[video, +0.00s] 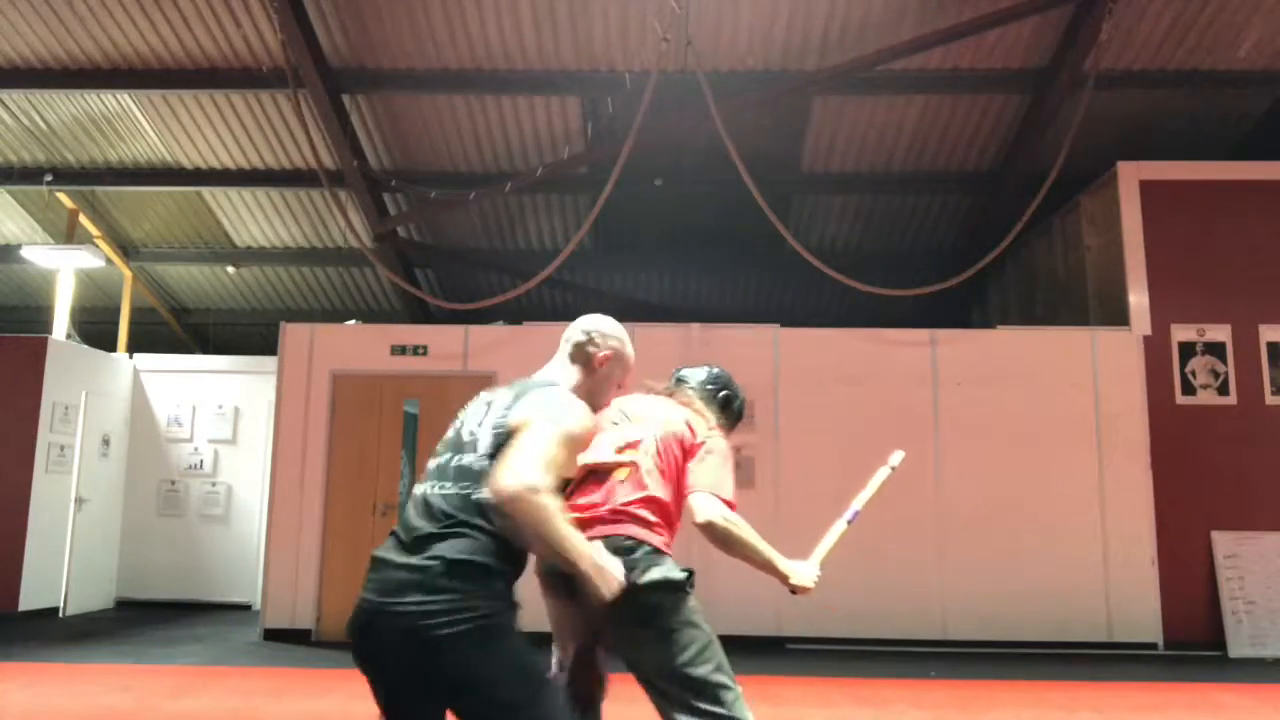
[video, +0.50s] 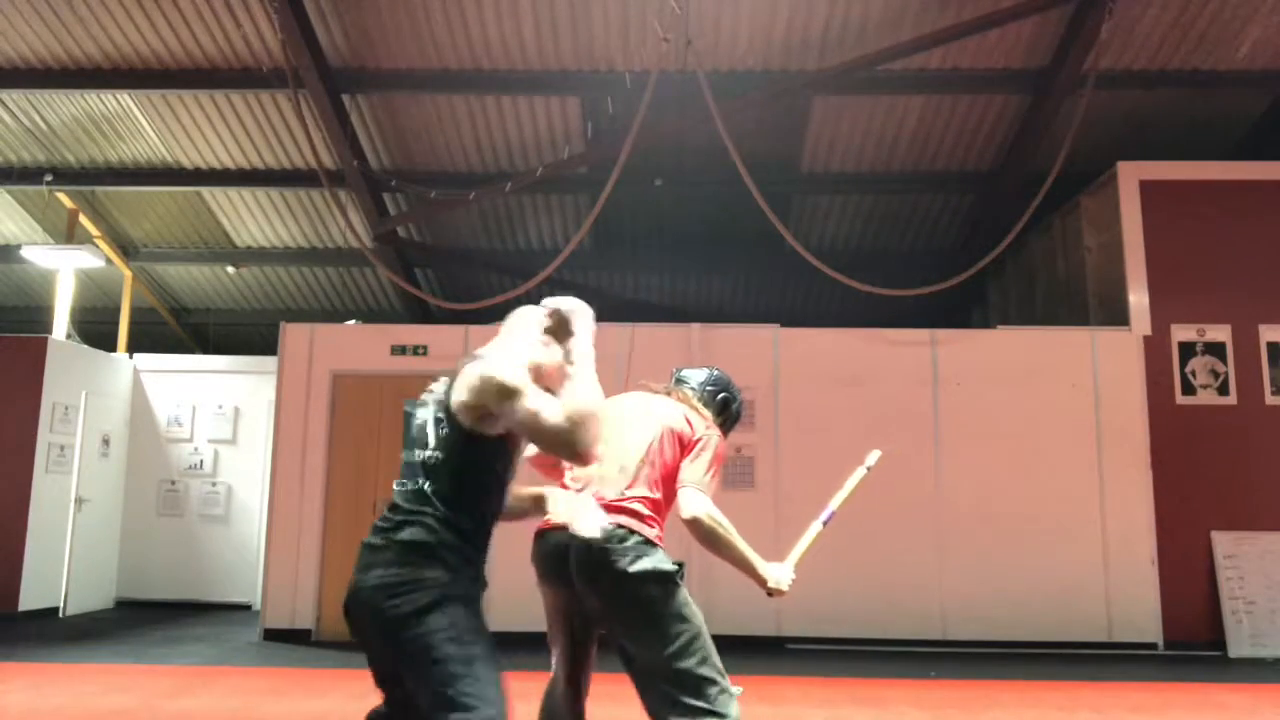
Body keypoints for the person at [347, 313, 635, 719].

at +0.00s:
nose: (613, 398)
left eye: (622, 386)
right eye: (619, 382)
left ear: (563, 352)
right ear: (601, 360)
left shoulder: (483, 401)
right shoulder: (565, 409)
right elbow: (515, 488)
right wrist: (590, 559)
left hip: (379, 615)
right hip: (457, 621)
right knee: (547, 708)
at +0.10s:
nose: (621, 390)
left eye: (625, 375)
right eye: (624, 372)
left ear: (563, 353)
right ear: (610, 358)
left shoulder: (497, 403)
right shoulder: (557, 409)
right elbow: (495, 479)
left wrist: (577, 469)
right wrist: (588, 545)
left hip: (375, 613)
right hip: (440, 621)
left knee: (412, 709)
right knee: (534, 708)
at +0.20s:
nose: (607, 398)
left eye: (611, 380)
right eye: (611, 378)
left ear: (550, 359)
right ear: (602, 366)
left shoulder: (501, 406)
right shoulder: (532, 398)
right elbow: (486, 467)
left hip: (379, 606)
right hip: (416, 611)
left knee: (425, 705)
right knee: (522, 710)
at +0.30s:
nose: (587, 380)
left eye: (591, 370)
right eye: (586, 366)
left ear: (544, 354)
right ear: (566, 357)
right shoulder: (520, 389)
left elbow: (513, 517)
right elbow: (496, 459)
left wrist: (579, 488)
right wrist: (597, 425)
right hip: (412, 603)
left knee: (422, 706)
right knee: (513, 710)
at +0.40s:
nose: (559, 372)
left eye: (564, 362)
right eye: (561, 357)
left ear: (524, 340)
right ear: (551, 346)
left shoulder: (468, 391)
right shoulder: (493, 382)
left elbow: (489, 503)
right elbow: (555, 442)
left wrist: (562, 499)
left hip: (385, 591)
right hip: (423, 596)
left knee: (411, 712)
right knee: (495, 711)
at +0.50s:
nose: (568, 380)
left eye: (573, 367)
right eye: (568, 364)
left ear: (529, 335)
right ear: (546, 341)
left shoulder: (448, 385)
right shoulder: (492, 377)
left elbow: (468, 502)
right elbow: (581, 444)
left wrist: (544, 500)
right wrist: (584, 344)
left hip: (384, 582)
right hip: (423, 586)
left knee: (410, 708)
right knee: (477, 709)